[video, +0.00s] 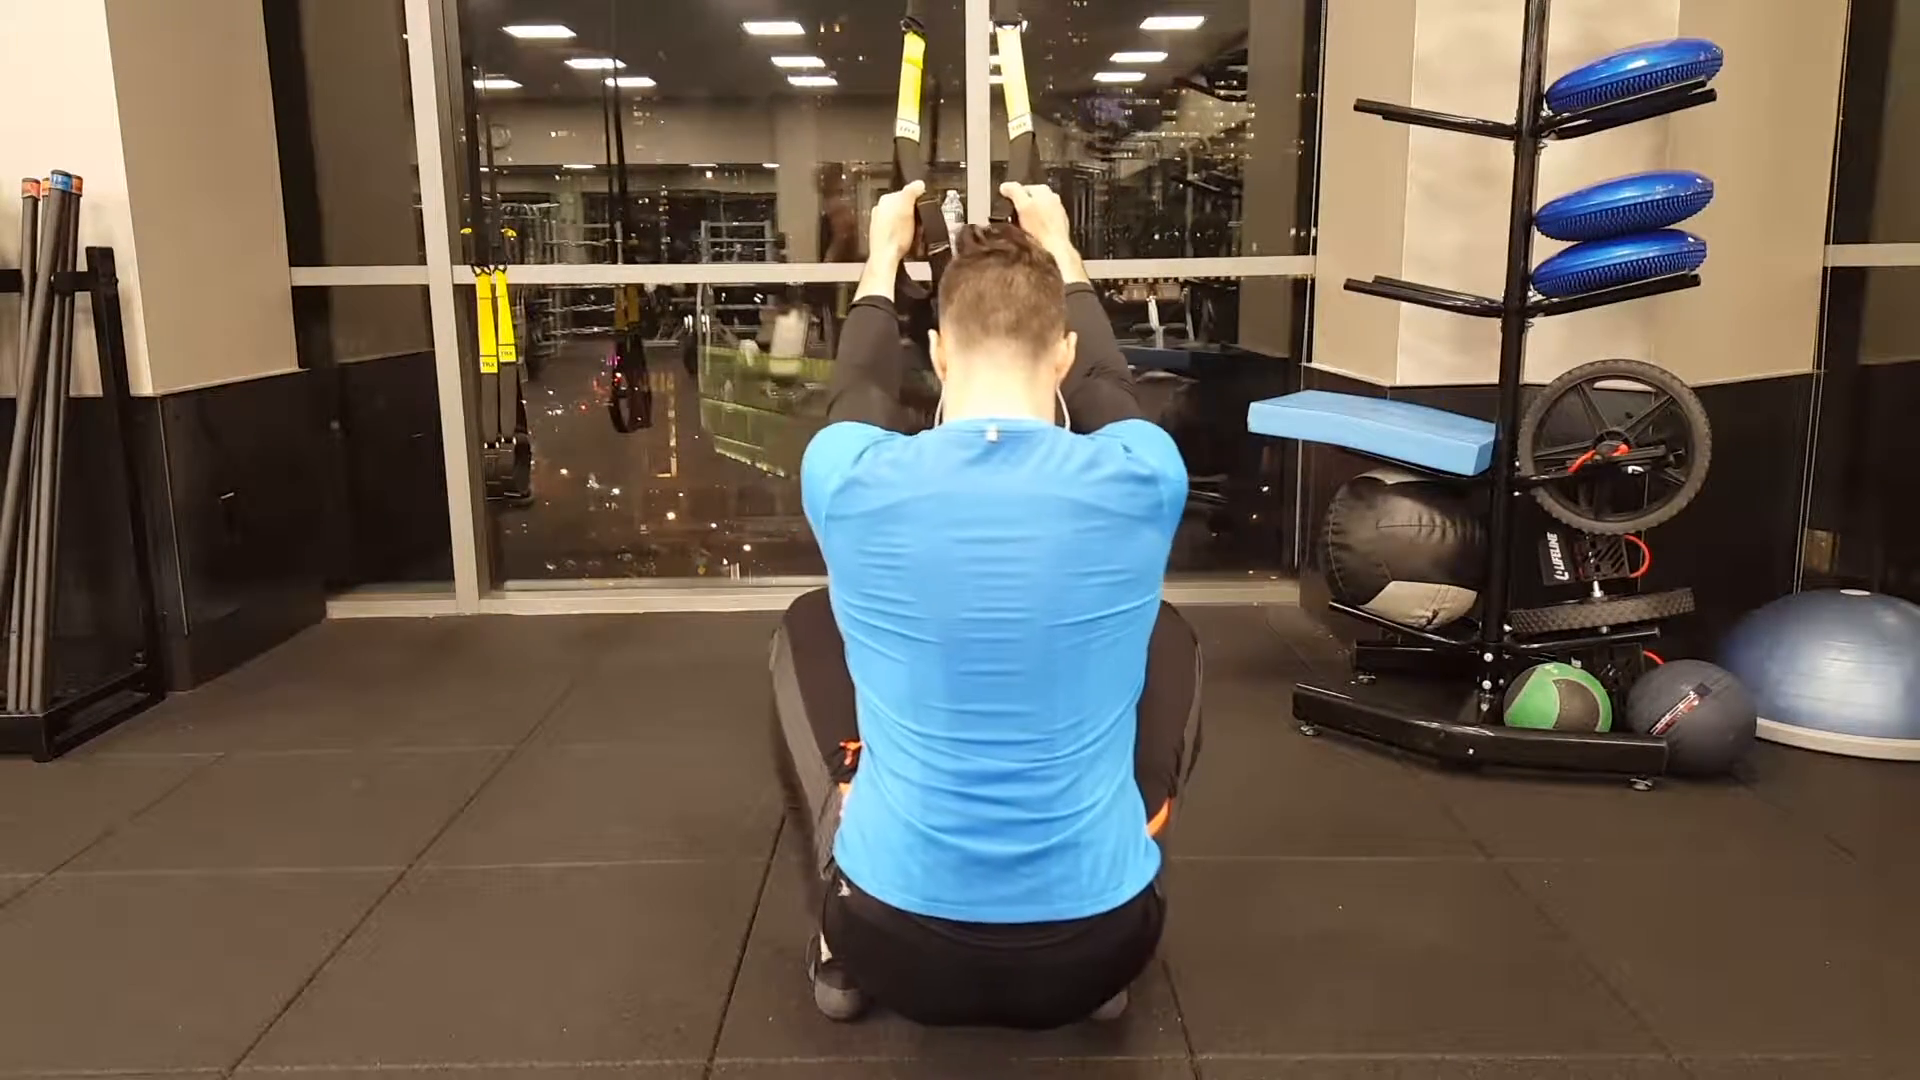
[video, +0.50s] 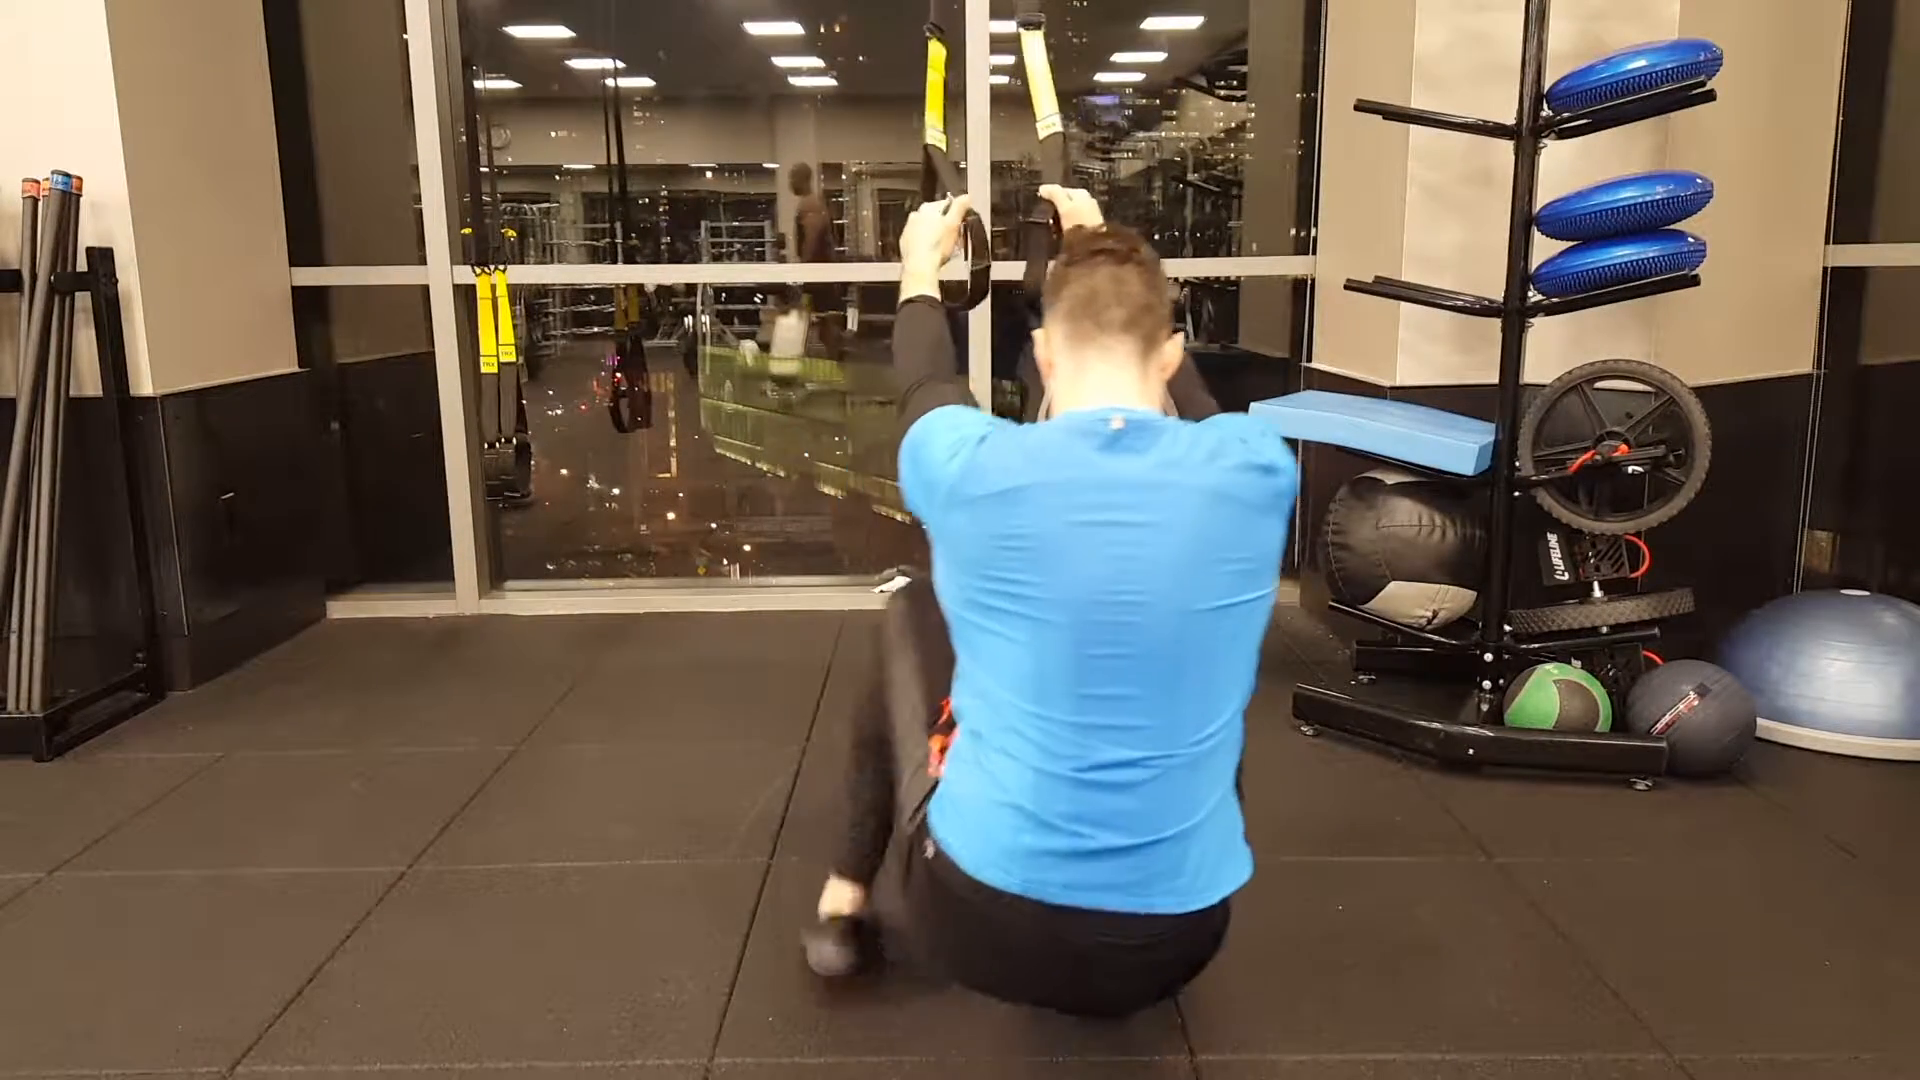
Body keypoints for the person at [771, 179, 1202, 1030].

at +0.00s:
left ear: (938, 352)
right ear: (1066, 359)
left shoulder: (848, 480)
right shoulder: (1142, 481)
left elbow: (859, 393)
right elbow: (1105, 381)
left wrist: (880, 269)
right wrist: (1065, 256)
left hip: (900, 953)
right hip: (1084, 958)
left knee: (811, 619)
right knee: (1168, 629)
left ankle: (839, 951)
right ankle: (1108, 978)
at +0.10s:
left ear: (951, 357)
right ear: (1078, 364)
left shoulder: (861, 485)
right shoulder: (1157, 487)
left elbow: (866, 398)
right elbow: (1118, 400)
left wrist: (884, 270)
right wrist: (1074, 261)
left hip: (915, 956)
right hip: (1102, 960)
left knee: (824, 614)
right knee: (1175, 628)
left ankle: (841, 933)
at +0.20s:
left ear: (967, 368)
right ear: (1094, 373)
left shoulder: (884, 492)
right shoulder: (1173, 496)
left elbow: (883, 385)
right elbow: (1127, 394)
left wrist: (897, 260)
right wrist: (1083, 260)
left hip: (931, 960)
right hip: (1119, 964)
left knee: (840, 618)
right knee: (1178, 616)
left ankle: (845, 923)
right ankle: (1169, 861)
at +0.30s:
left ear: (989, 373)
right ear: (1116, 378)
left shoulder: (913, 494)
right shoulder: (1197, 498)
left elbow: (898, 389)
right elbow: (1144, 397)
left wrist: (908, 264)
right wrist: (1091, 266)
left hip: (950, 958)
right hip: (1136, 965)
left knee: (859, 624)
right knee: (1184, 618)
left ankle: (848, 936)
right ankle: (1190, 848)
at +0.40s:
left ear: (1014, 362)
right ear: (1145, 366)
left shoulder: (940, 484)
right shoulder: (1227, 490)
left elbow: (912, 387)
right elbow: (1162, 393)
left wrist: (916, 269)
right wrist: (1094, 260)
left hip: (970, 948)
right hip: (1154, 957)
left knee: (881, 620)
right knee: (1203, 626)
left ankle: (854, 933)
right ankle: (1206, 844)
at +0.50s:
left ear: (1041, 357)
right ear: (1169, 358)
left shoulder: (975, 471)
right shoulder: (1256, 475)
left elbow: (928, 378)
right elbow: (1181, 396)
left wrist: (916, 271)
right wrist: (1102, 256)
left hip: (988, 930)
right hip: (1171, 945)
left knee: (910, 603)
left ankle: (845, 896)